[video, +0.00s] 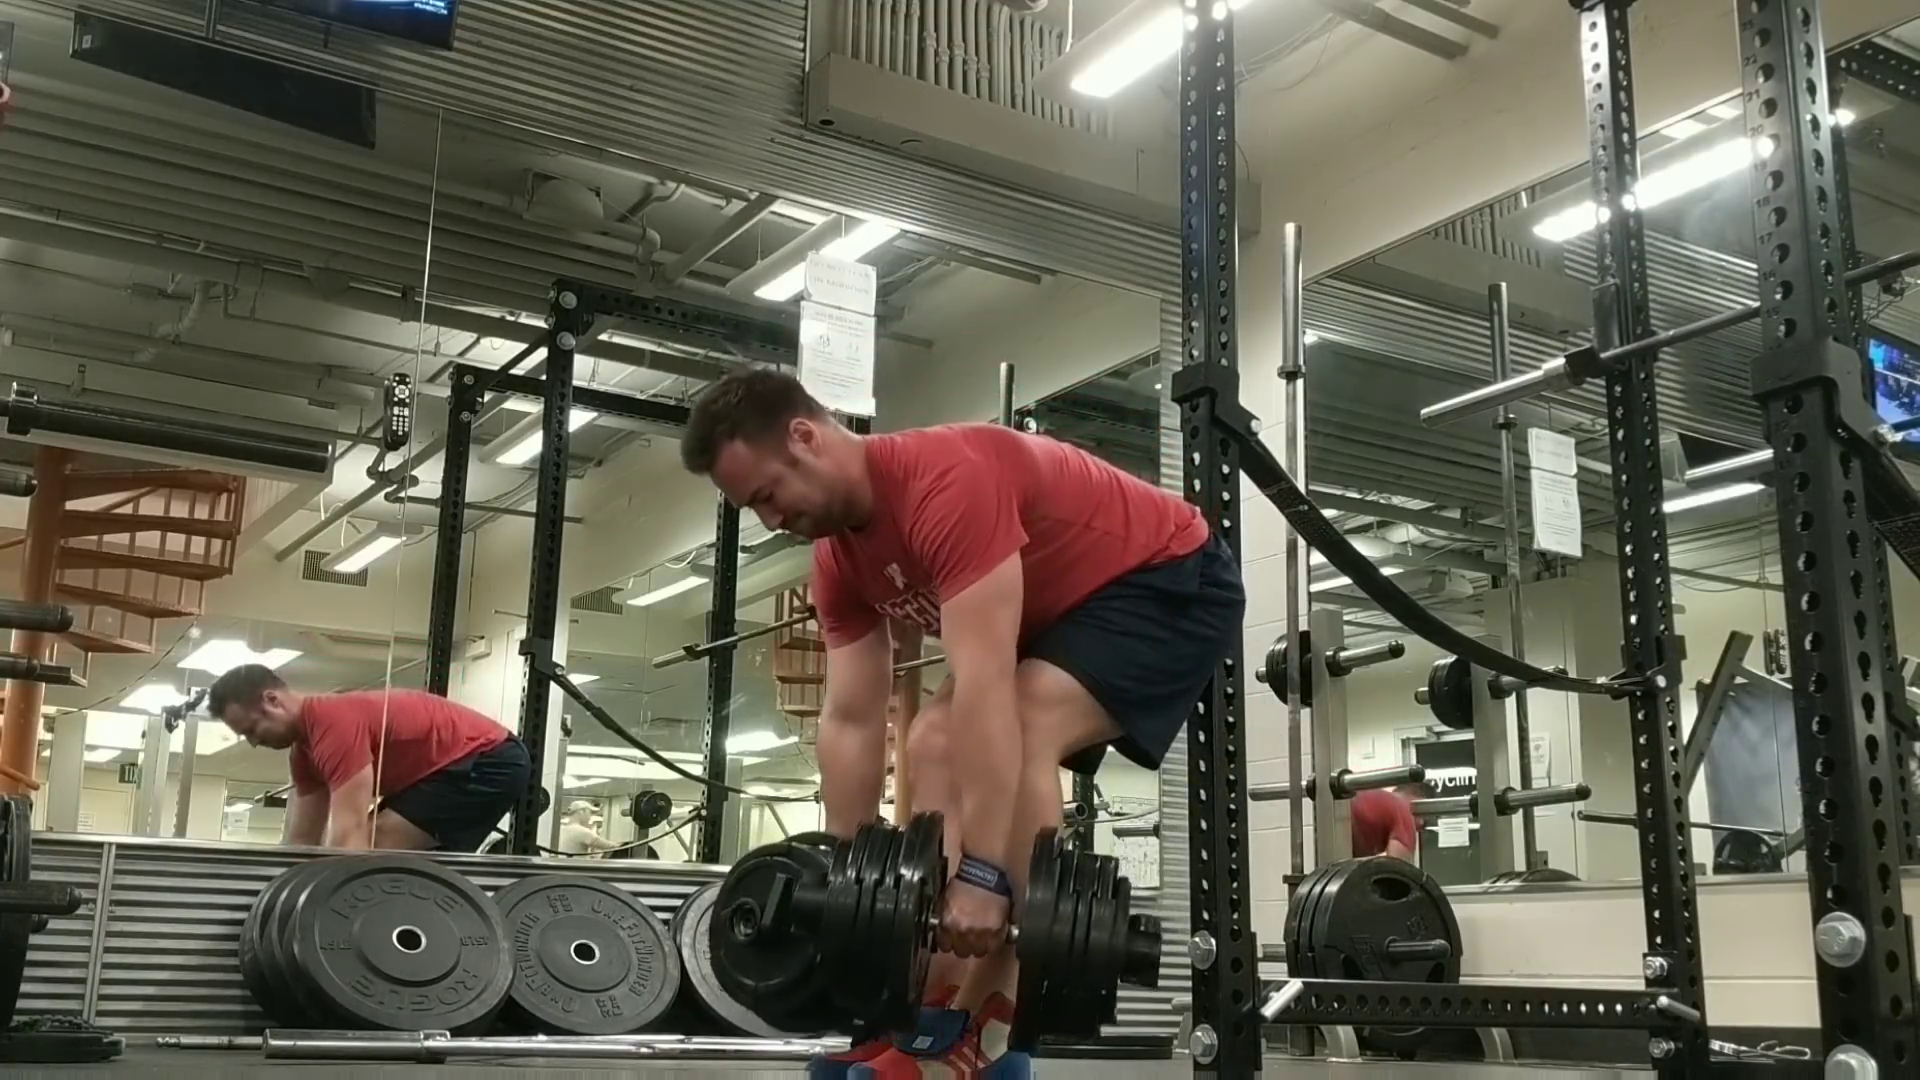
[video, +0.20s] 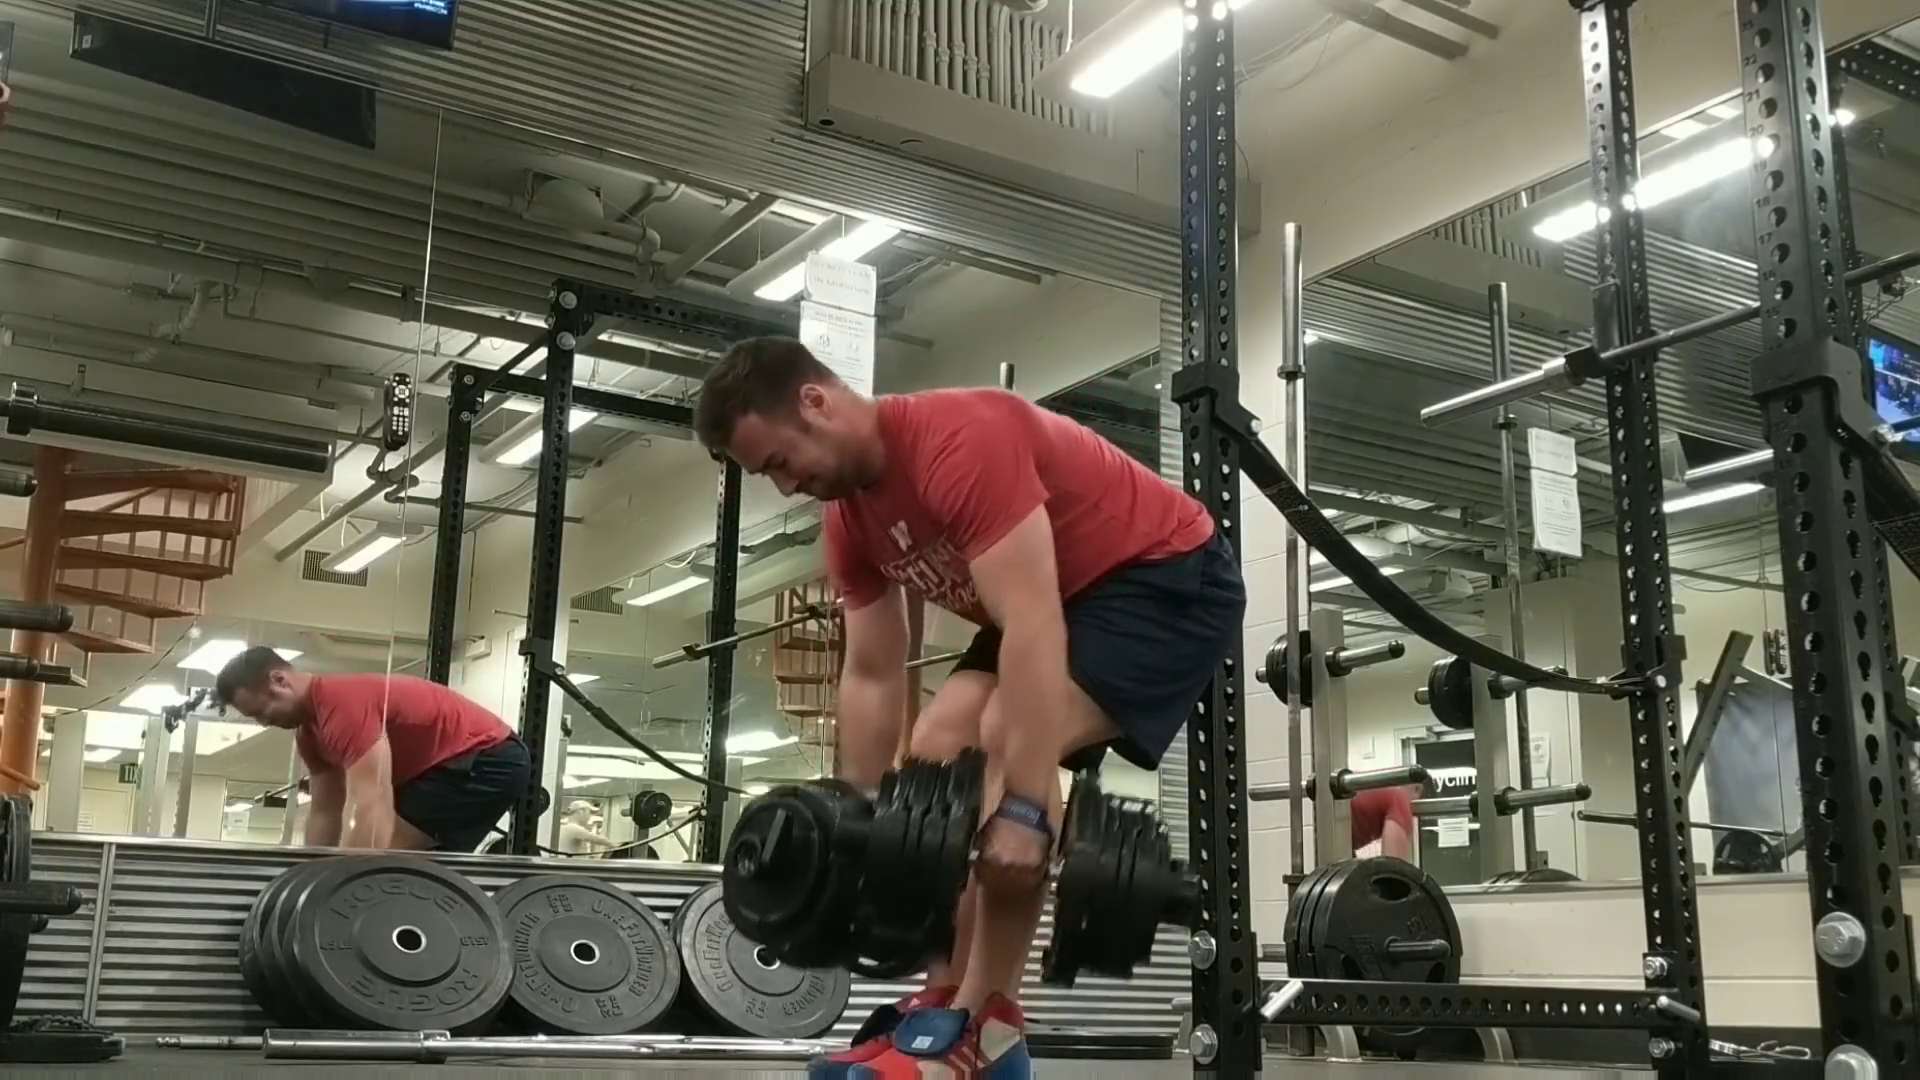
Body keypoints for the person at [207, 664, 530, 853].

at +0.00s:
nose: (252, 741)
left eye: (249, 729)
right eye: (244, 735)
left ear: (273, 700)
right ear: (273, 703)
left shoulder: (335, 723)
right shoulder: (305, 748)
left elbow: (351, 834)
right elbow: (301, 840)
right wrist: (274, 910)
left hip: (489, 760)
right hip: (460, 768)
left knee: (380, 839)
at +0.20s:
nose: (265, 723)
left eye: (262, 712)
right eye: (256, 718)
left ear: (280, 680)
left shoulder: (342, 705)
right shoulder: (310, 729)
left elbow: (373, 808)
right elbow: (325, 811)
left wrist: (344, 896)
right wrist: (300, 886)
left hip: (488, 759)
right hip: (453, 767)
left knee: (388, 855)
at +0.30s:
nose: (269, 714)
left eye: (264, 702)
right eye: (261, 708)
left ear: (285, 670)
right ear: (285, 672)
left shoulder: (346, 688)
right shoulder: (319, 719)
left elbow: (391, 779)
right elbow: (338, 793)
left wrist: (365, 871)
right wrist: (317, 868)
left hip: (486, 759)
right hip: (453, 766)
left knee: (393, 857)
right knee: (395, 861)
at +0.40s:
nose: (282, 706)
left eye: (276, 696)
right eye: (273, 702)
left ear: (290, 662)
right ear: (291, 663)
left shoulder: (352, 675)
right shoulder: (326, 705)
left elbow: (409, 761)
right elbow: (352, 776)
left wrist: (385, 856)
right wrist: (336, 848)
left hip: (490, 756)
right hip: (455, 761)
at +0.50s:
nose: (292, 701)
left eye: (285, 692)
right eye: (283, 697)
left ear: (296, 657)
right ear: (296, 657)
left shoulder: (357, 665)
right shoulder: (332, 691)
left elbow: (426, 740)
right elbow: (365, 759)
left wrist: (406, 829)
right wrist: (347, 831)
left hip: (489, 757)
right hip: (453, 760)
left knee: (422, 862)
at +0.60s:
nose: (303, 701)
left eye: (295, 692)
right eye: (293, 698)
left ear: (300, 657)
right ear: (301, 655)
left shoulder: (364, 661)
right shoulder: (338, 687)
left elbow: (439, 724)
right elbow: (379, 744)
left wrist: (420, 811)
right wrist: (363, 810)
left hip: (490, 756)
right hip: (454, 758)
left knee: (436, 868)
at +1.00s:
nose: (303, 708)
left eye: (293, 702)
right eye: (292, 707)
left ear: (293, 670)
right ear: (294, 667)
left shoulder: (358, 672)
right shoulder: (338, 686)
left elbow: (435, 736)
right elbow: (382, 751)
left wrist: (423, 826)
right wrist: (362, 816)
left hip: (492, 757)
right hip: (457, 759)